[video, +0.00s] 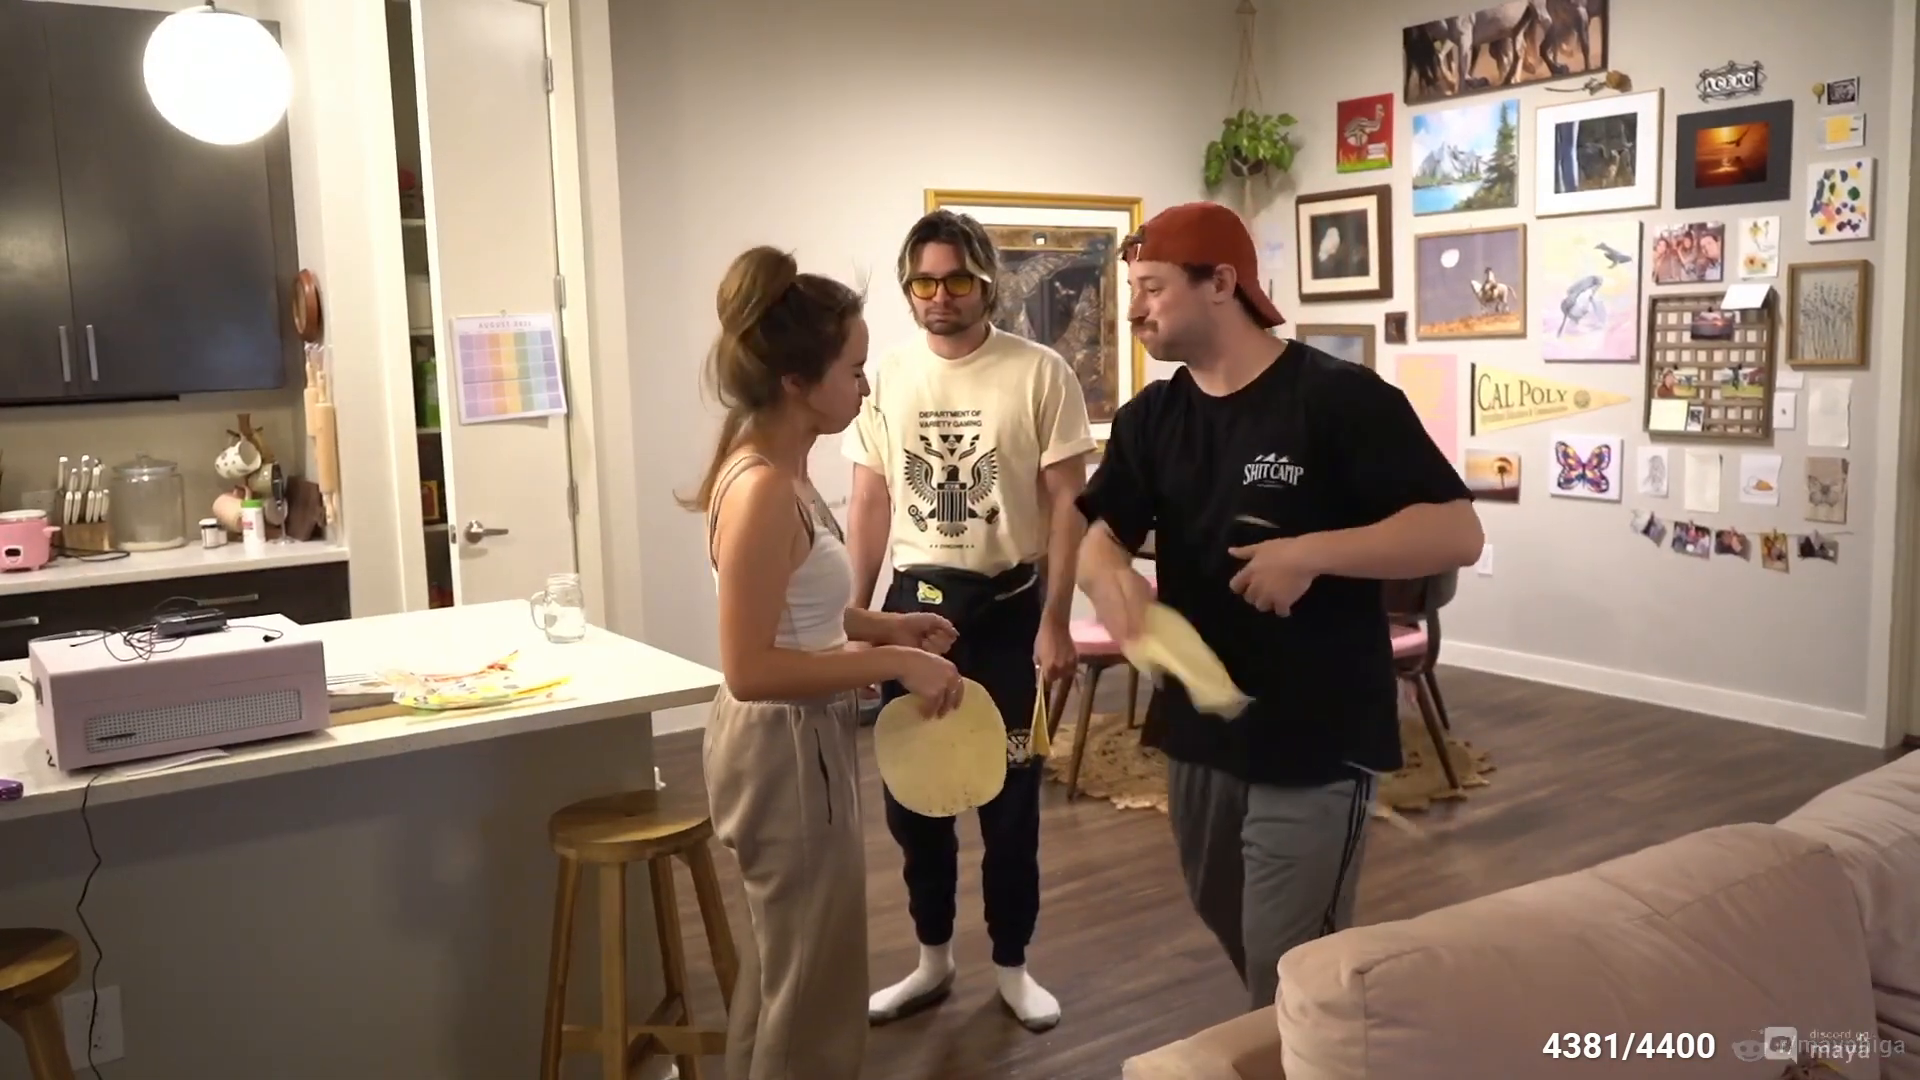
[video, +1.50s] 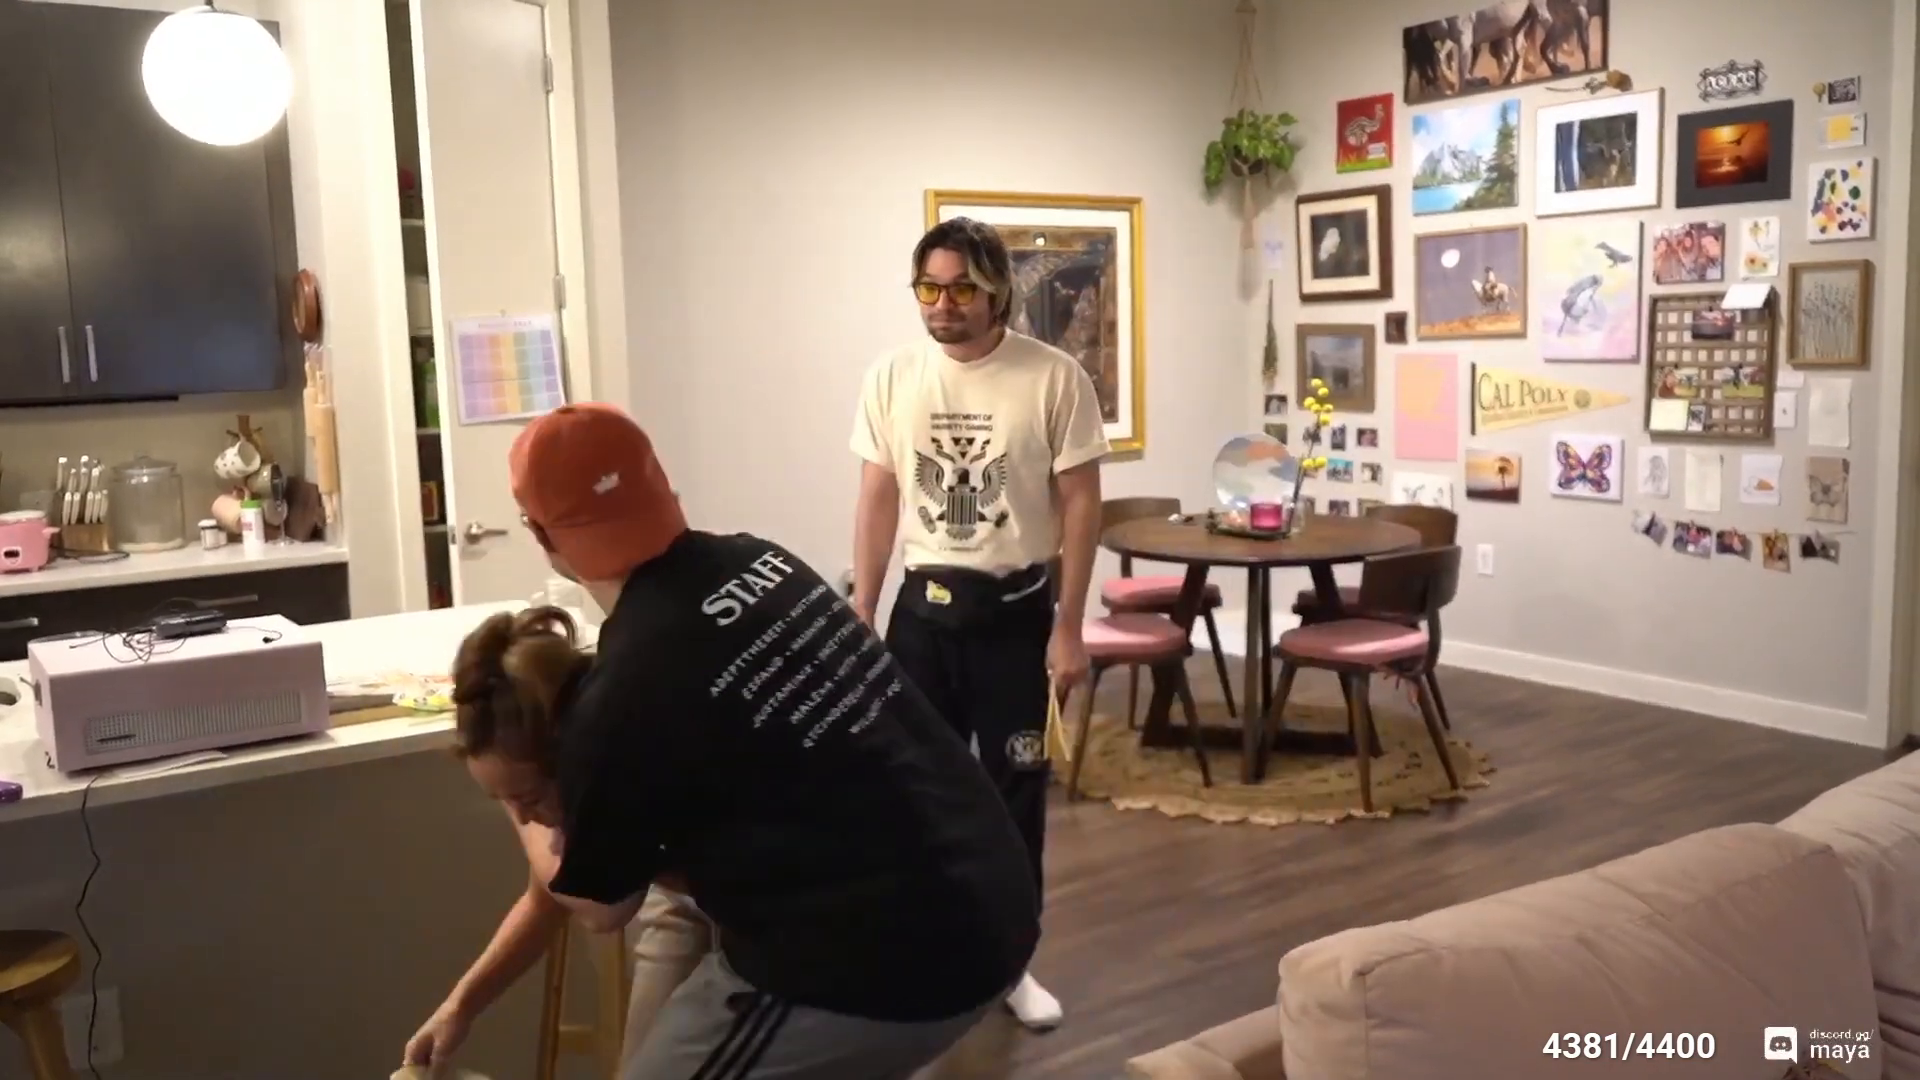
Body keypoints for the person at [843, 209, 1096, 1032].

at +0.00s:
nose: (939, 297)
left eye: (956, 281)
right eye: (924, 283)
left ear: (988, 284)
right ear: (907, 290)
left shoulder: (1039, 370)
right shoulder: (891, 373)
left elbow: (1067, 501)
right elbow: (870, 498)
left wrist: (1057, 620)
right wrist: (857, 612)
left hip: (1006, 601)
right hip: (911, 602)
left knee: (1010, 792)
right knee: (913, 789)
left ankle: (1012, 966)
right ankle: (932, 959)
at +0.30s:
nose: (941, 296)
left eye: (958, 281)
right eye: (925, 282)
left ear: (990, 285)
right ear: (909, 290)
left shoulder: (1041, 371)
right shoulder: (885, 378)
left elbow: (1069, 500)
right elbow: (870, 506)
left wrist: (1056, 620)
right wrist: (855, 620)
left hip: (1011, 605)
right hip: (912, 605)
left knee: (1010, 797)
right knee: (915, 799)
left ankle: (1012, 966)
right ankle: (932, 958)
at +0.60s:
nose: (945, 300)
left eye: (963, 285)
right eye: (930, 286)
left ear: (995, 288)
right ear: (913, 292)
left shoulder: (1046, 374)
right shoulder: (887, 379)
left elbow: (1074, 513)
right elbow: (870, 511)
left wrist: (1060, 625)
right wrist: (859, 622)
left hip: (1011, 612)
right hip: (914, 610)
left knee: (1013, 802)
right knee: (919, 801)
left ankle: (1013, 968)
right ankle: (934, 960)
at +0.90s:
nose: (947, 304)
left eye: (965, 289)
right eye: (933, 289)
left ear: (996, 294)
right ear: (919, 294)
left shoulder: (1032, 379)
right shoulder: (892, 379)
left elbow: (1080, 505)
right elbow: (869, 516)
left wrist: (1072, 628)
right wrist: (856, 626)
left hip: (1016, 612)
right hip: (917, 609)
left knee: (1016, 809)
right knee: (920, 804)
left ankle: (1013, 966)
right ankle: (936, 961)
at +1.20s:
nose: (945, 303)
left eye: (964, 288)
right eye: (931, 288)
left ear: (998, 292)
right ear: (917, 290)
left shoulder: (1054, 378)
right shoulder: (888, 379)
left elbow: (1079, 502)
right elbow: (875, 497)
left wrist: (1067, 626)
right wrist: (872, 606)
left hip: (1021, 598)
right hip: (920, 596)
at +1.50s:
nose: (942, 305)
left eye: (961, 290)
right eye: (930, 289)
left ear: (998, 293)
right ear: (915, 293)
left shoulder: (1054, 376)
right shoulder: (894, 377)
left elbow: (1080, 504)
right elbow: (879, 495)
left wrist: (1069, 628)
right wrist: (864, 605)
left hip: (1016, 608)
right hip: (921, 606)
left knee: (1016, 792)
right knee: (915, 781)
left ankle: (1012, 964)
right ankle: (913, 965)